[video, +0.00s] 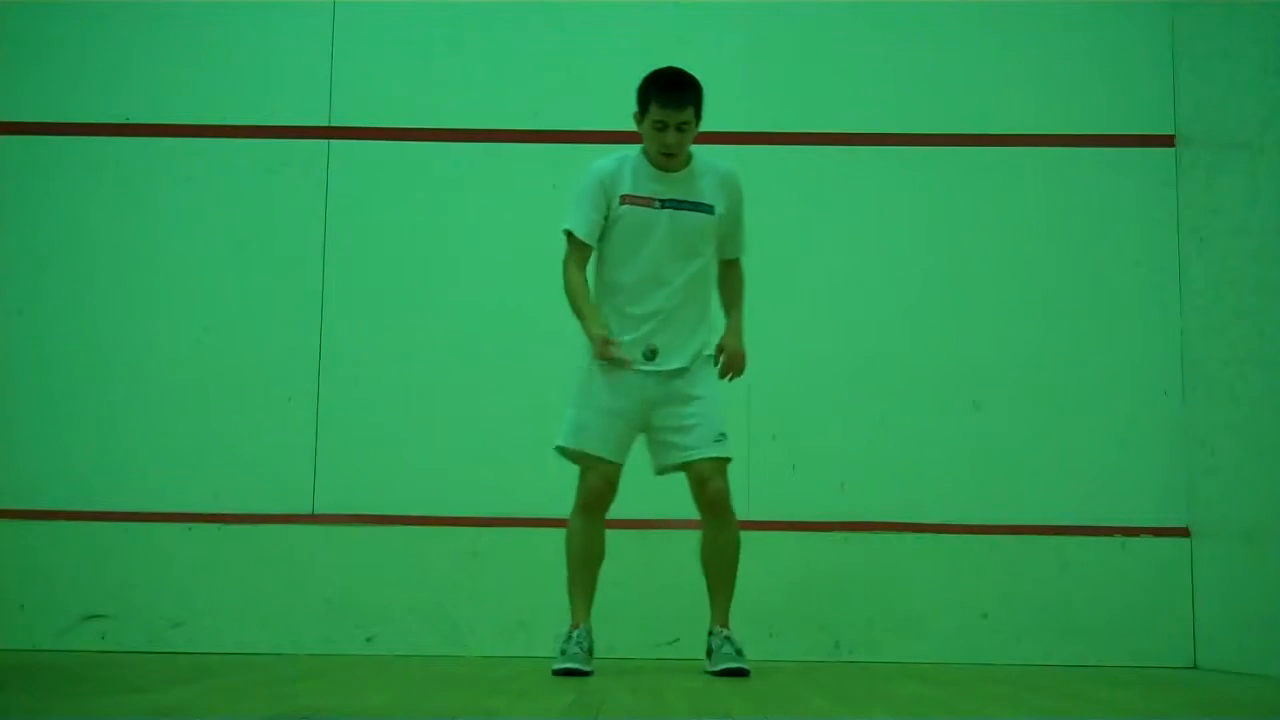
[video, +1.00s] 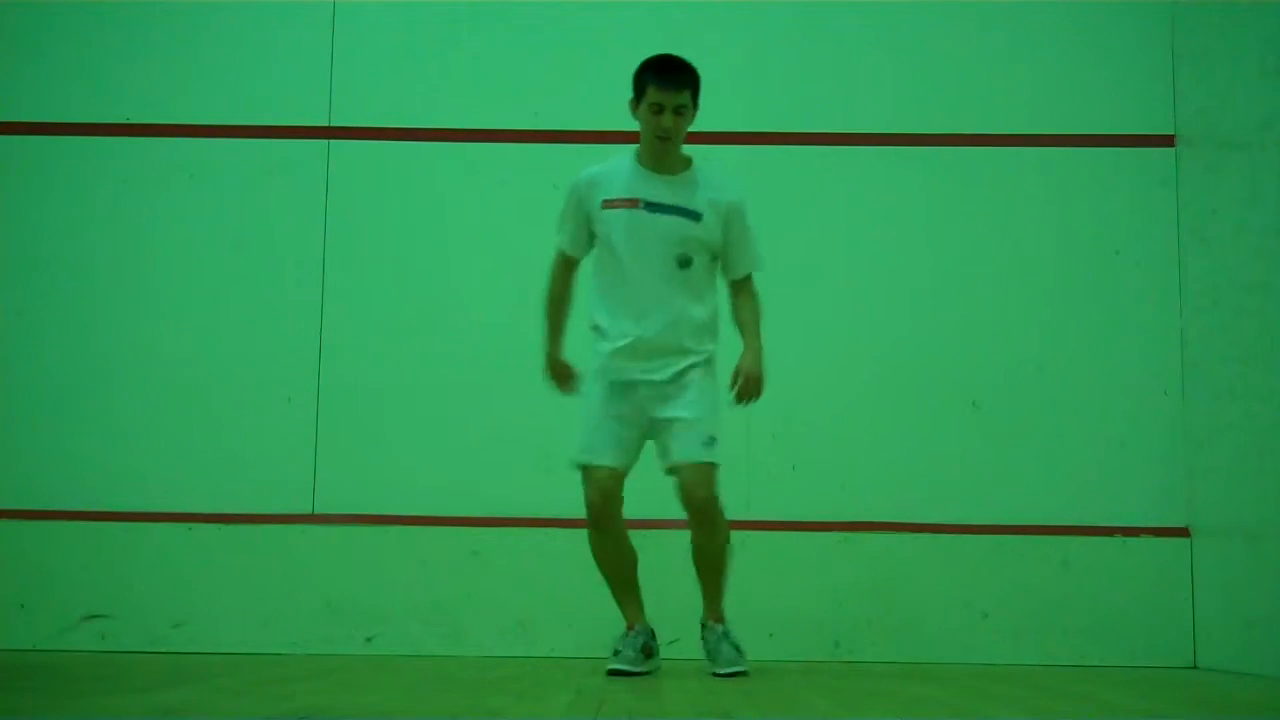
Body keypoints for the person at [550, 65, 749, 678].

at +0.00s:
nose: (670, 140)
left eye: (682, 128)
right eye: (659, 127)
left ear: (698, 125)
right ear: (639, 122)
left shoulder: (723, 185)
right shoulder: (608, 177)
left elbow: (731, 264)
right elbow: (573, 265)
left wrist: (734, 330)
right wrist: (594, 331)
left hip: (690, 372)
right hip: (616, 367)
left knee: (716, 495)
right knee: (594, 491)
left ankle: (721, 633)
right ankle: (578, 631)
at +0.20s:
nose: (698, 135)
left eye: (709, 124)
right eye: (687, 122)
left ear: (724, 123)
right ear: (666, 117)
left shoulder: (750, 178)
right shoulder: (629, 171)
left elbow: (773, 255)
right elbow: (591, 252)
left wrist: (770, 327)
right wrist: (568, 336)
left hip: (718, 353)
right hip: (646, 346)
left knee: (724, 491)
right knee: (629, 425)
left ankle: (723, 632)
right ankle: (642, 568)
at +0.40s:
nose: (708, 140)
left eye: (720, 129)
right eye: (698, 127)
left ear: (735, 128)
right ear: (677, 122)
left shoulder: (757, 200)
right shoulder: (638, 185)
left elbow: (772, 279)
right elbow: (605, 261)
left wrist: (774, 341)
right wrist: (593, 340)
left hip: (732, 362)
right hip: (661, 355)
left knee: (739, 488)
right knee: (686, 461)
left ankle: (725, 631)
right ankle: (703, 620)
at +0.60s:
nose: (709, 155)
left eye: (721, 144)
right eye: (699, 143)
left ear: (736, 145)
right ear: (680, 140)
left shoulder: (763, 226)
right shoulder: (641, 207)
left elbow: (787, 298)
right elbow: (602, 288)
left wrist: (805, 346)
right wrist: (589, 376)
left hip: (727, 373)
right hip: (657, 358)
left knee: (737, 497)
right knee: (686, 405)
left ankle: (722, 634)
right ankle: (710, 536)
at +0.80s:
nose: (694, 121)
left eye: (705, 111)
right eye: (683, 109)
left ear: (718, 115)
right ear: (660, 110)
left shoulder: (743, 194)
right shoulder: (622, 181)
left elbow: (777, 266)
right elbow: (591, 264)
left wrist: (793, 305)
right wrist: (590, 354)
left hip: (715, 349)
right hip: (648, 334)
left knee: (720, 496)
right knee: (629, 360)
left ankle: (721, 632)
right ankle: (672, 510)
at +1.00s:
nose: (665, 121)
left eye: (678, 110)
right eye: (656, 108)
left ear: (692, 116)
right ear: (635, 110)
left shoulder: (720, 198)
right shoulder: (594, 186)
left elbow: (742, 284)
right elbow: (564, 267)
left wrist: (753, 351)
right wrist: (554, 349)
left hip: (689, 372)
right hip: (613, 372)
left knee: (700, 495)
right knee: (599, 497)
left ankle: (716, 625)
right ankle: (636, 629)